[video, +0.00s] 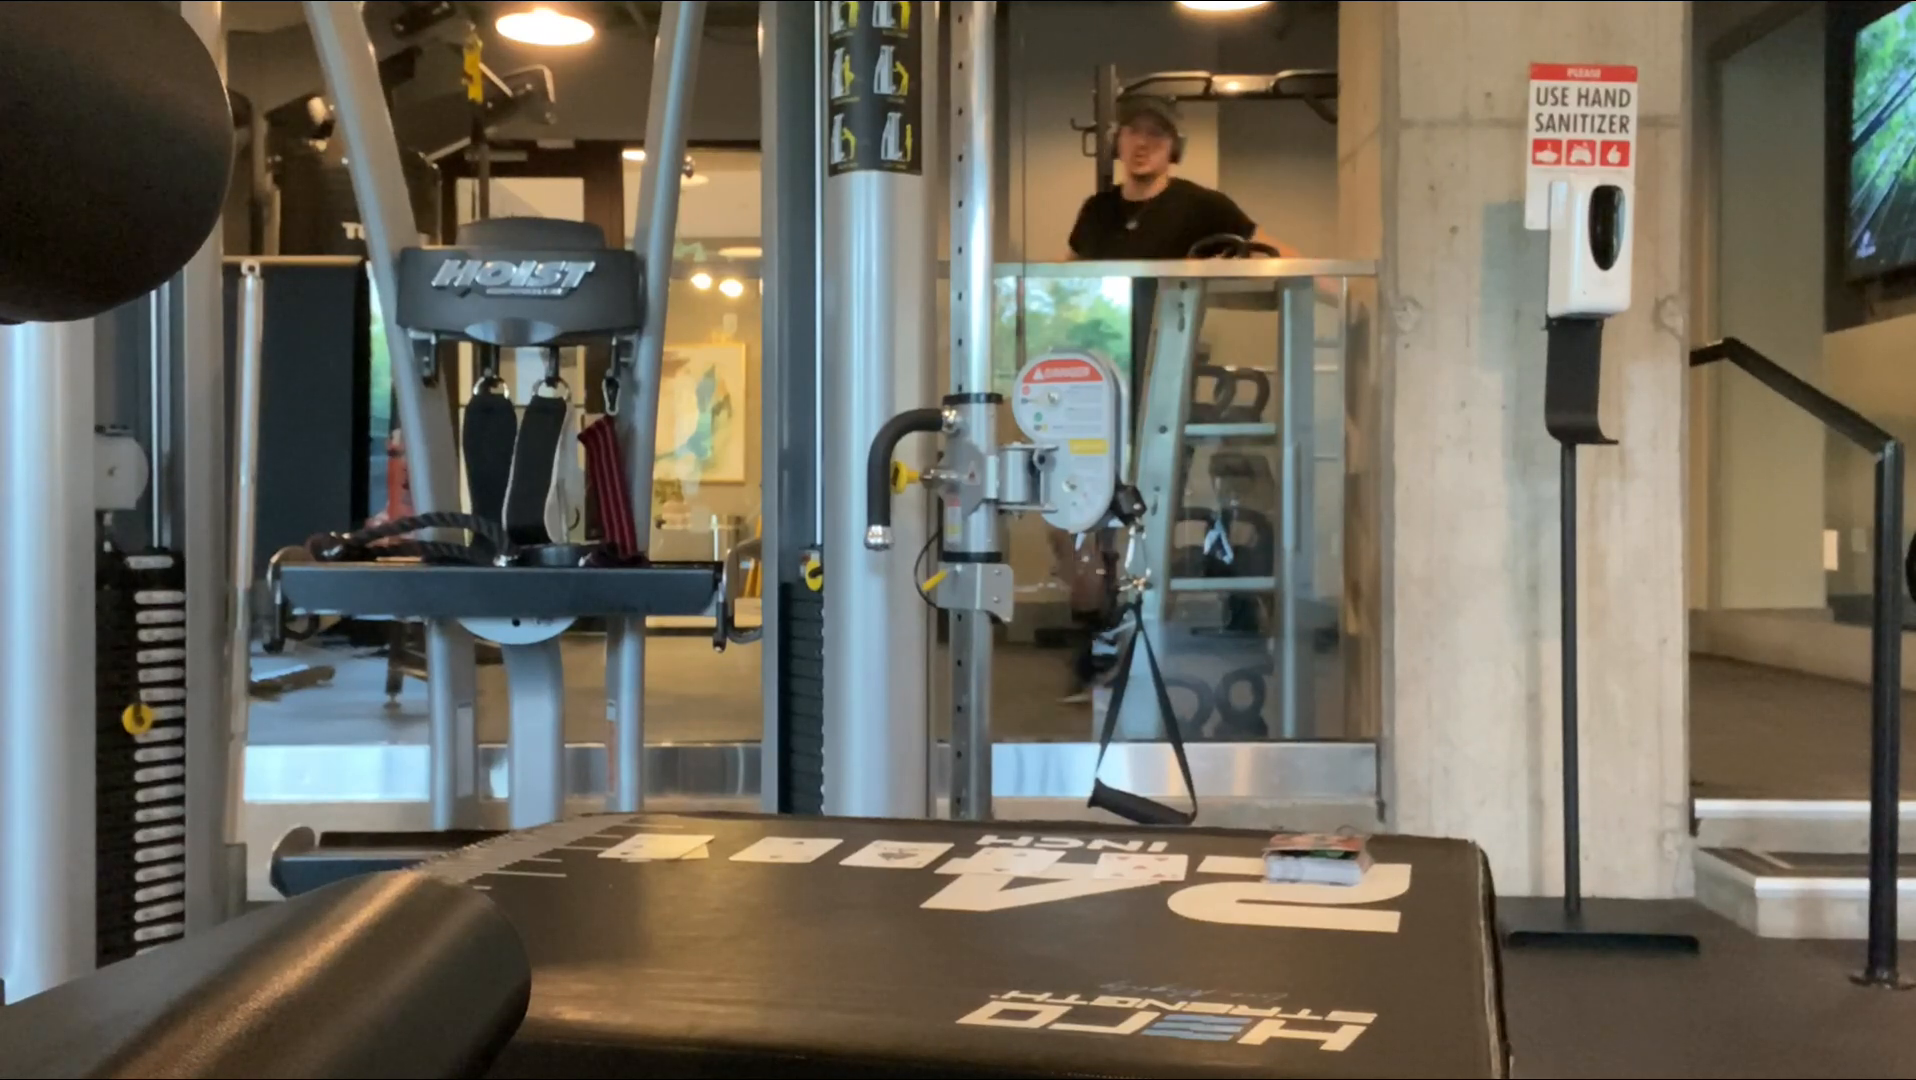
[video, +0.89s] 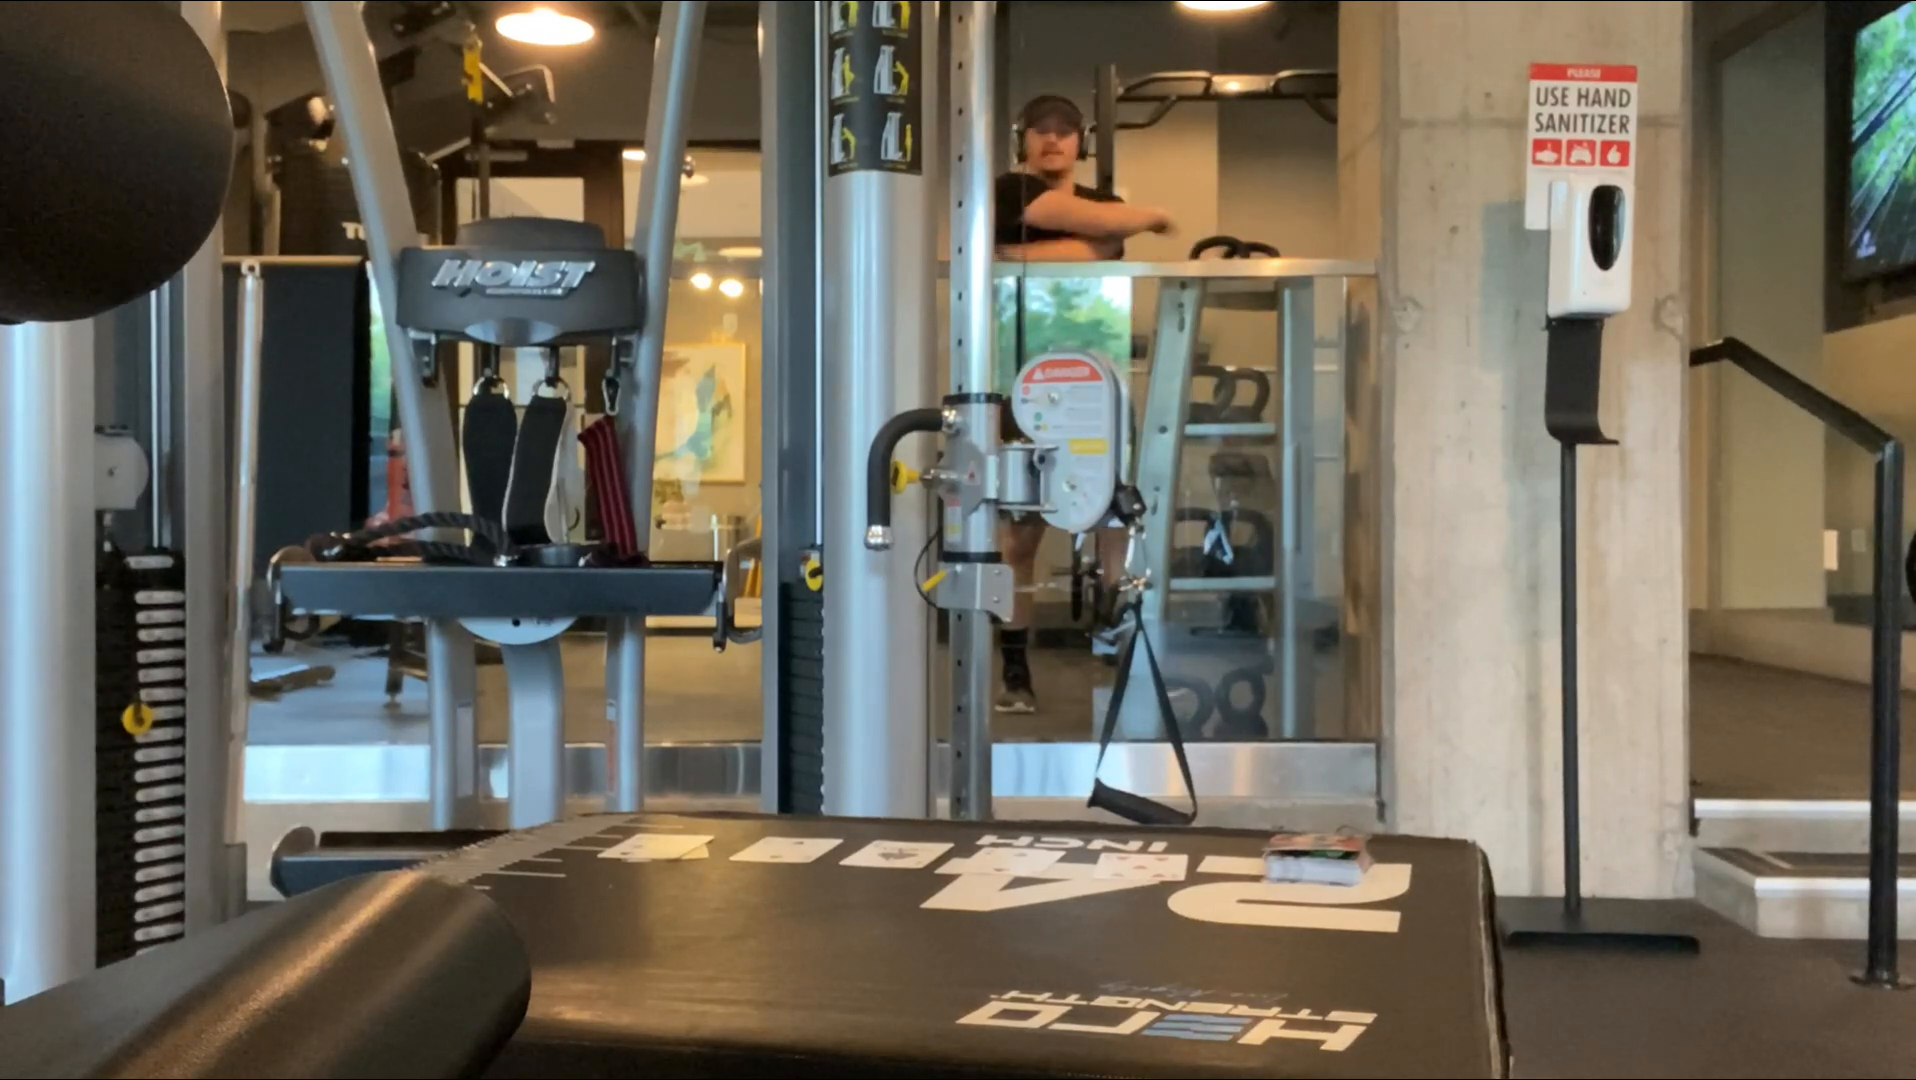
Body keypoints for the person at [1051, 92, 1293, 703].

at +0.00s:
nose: (1140, 146)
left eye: (1152, 137)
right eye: (1132, 136)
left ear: (1173, 148)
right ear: (1117, 144)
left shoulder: (1200, 206)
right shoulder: (1096, 210)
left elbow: (1276, 253)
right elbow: (1070, 284)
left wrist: (1334, 289)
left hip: (1165, 371)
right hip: (1100, 371)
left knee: (1150, 503)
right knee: (1085, 502)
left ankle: (1137, 637)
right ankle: (1090, 635)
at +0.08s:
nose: (1127, 150)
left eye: (1139, 141)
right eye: (1118, 138)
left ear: (1157, 147)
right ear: (1102, 143)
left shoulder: (1188, 201)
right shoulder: (1086, 205)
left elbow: (1240, 250)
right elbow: (1080, 281)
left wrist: (1254, 252)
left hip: (1157, 367)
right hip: (1092, 368)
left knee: (1141, 499)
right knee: (1064, 499)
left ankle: (1134, 633)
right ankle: (1054, 637)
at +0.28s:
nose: (1102, 144)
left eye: (1113, 133)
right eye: (1092, 132)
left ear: (1129, 143)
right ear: (1072, 141)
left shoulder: (1163, 206)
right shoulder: (1044, 213)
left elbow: (1202, 273)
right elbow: (1026, 298)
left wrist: (1220, 262)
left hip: (1140, 385)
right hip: (1061, 390)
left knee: (1133, 518)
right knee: (1040, 525)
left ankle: (1126, 650)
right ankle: (1018, 651)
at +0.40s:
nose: (1079, 147)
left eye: (1091, 135)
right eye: (1070, 135)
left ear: (1108, 144)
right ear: (1052, 142)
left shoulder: (1146, 218)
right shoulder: (1016, 221)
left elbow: (1204, 291)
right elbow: (975, 295)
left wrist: (1266, 335)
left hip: (1125, 400)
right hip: (1040, 401)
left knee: (1125, 529)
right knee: (1032, 535)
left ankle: (1121, 661)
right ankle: (1018, 660)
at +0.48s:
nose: (1065, 149)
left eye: (1075, 138)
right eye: (1055, 139)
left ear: (1093, 146)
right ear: (1037, 147)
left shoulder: (1131, 217)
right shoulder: (1009, 218)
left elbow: (1183, 281)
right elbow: (967, 281)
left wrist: (1209, 341)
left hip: (1110, 400)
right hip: (1028, 399)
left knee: (1115, 529)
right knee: (1027, 534)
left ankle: (1119, 653)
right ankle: (1016, 664)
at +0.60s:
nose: (1047, 151)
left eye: (1057, 140)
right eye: (1037, 140)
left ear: (1076, 147)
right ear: (1020, 147)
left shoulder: (1110, 212)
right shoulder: (999, 206)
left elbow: (1120, 284)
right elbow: (997, 242)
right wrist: (1084, 237)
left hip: (1093, 387)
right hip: (1016, 385)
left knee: (1112, 520)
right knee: (1020, 534)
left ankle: (1123, 643)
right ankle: (1015, 659)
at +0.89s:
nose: (1054, 142)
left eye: (1064, 133)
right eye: (1043, 133)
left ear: (1081, 143)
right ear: (1024, 141)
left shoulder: (1103, 204)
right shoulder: (1008, 189)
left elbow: (1098, 253)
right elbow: (1070, 217)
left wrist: (1028, 247)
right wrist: (1146, 217)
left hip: (1093, 371)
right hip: (1020, 369)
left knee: (1110, 505)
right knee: (1020, 526)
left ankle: (1112, 620)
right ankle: (1014, 652)